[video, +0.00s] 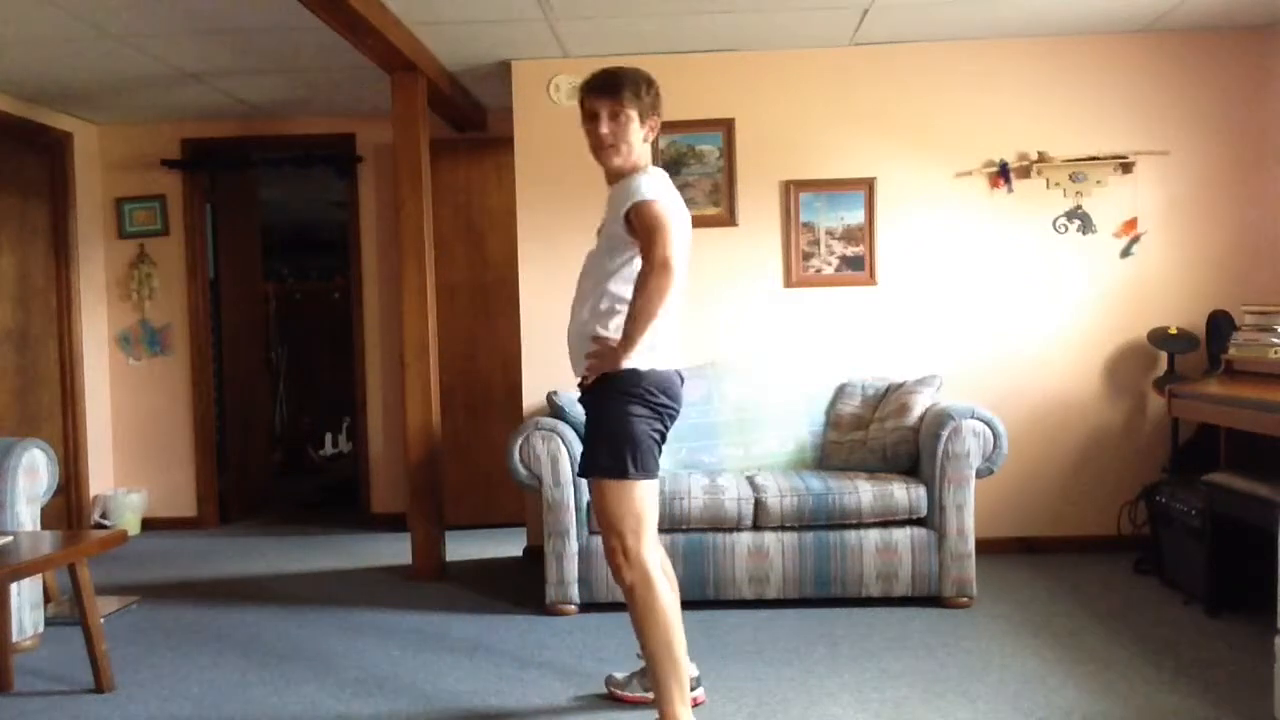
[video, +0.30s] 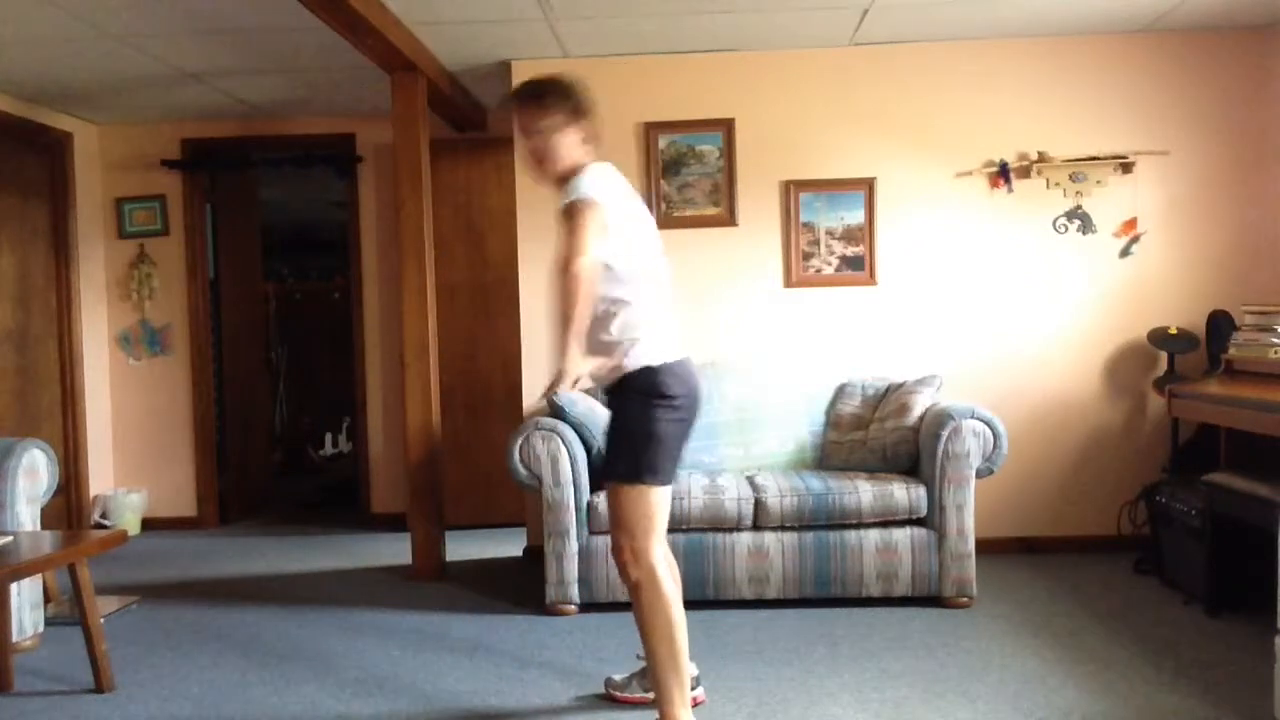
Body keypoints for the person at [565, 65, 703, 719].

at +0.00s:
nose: (603, 128)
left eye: (618, 116)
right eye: (594, 117)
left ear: (649, 127)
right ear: (584, 127)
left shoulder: (644, 188)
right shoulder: (635, 190)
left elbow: (662, 266)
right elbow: (646, 277)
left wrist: (623, 348)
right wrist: (607, 350)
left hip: (629, 383)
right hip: (627, 381)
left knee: (627, 551)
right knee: (635, 543)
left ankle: (673, 705)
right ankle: (673, 670)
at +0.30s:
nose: (529, 150)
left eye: (539, 134)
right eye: (523, 137)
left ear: (575, 129)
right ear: (577, 137)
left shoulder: (589, 188)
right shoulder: (609, 186)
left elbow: (582, 268)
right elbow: (643, 288)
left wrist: (568, 359)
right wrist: (611, 364)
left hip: (651, 382)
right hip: (656, 378)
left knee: (636, 554)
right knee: (646, 545)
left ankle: (676, 704)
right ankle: (674, 670)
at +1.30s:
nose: (390, 578)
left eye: (374, 569)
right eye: (377, 574)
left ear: (378, 541)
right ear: (389, 527)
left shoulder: (433, 516)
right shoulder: (464, 509)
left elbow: (457, 648)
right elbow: (485, 623)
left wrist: (451, 712)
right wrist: (477, 706)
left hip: (612, 449)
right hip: (636, 443)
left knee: (544, 610)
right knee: (717, 584)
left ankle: (663, 714)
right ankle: (866, 577)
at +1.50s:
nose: (399, 566)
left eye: (386, 554)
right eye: (387, 558)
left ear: (397, 525)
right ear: (407, 503)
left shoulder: (459, 515)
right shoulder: (468, 490)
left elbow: (473, 642)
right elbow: (486, 633)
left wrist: (460, 711)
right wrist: (458, 704)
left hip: (637, 500)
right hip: (663, 487)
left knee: (526, 619)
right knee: (781, 596)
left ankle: (653, 709)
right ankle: (924, 646)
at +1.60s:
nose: (421, 563)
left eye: (409, 553)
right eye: (411, 555)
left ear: (421, 526)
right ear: (432, 507)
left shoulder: (487, 505)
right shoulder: (495, 487)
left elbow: (487, 631)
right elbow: (499, 624)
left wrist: (467, 710)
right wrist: (467, 702)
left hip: (660, 498)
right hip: (683, 487)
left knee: (546, 604)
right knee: (808, 592)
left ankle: (663, 711)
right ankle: (949, 653)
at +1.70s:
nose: (433, 571)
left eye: (420, 563)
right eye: (422, 566)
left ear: (430, 532)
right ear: (440, 504)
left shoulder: (497, 510)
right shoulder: (503, 481)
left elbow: (489, 639)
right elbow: (496, 623)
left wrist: (468, 710)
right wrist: (469, 698)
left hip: (667, 491)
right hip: (696, 478)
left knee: (574, 614)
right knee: (817, 589)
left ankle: (719, 694)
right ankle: (950, 653)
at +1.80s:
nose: (434, 574)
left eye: (421, 566)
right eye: (423, 569)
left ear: (428, 536)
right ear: (437, 512)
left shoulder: (495, 510)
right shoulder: (504, 487)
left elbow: (489, 641)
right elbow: (496, 628)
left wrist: (469, 710)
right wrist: (470, 700)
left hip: (673, 486)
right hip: (699, 472)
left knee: (642, 648)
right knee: (818, 585)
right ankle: (949, 652)